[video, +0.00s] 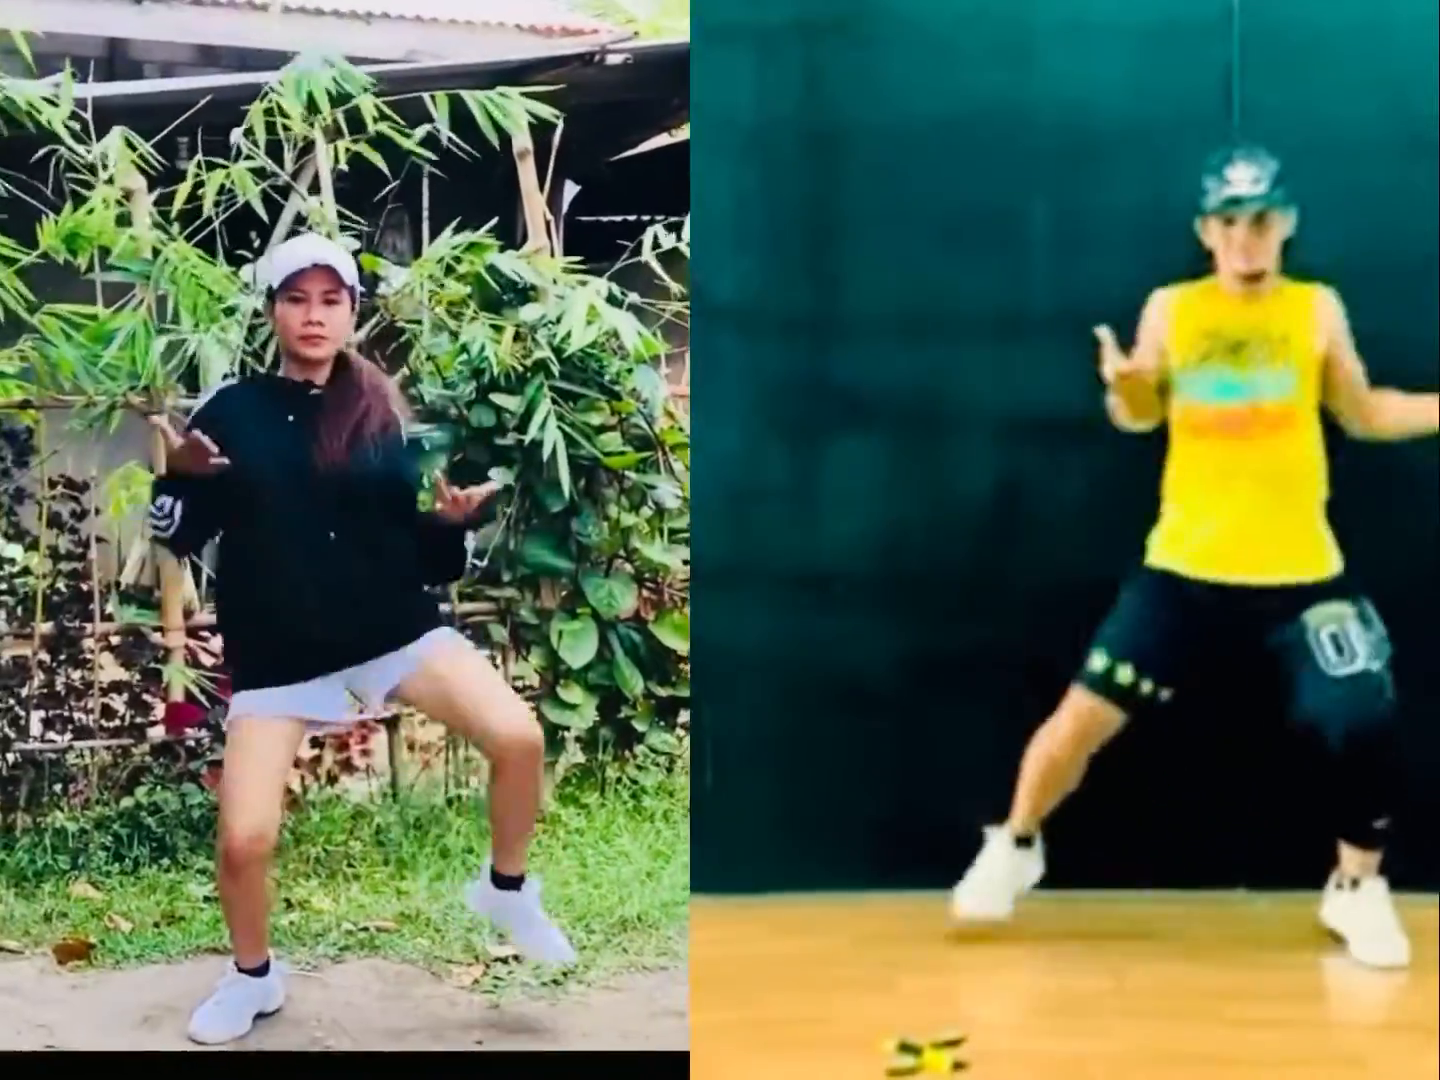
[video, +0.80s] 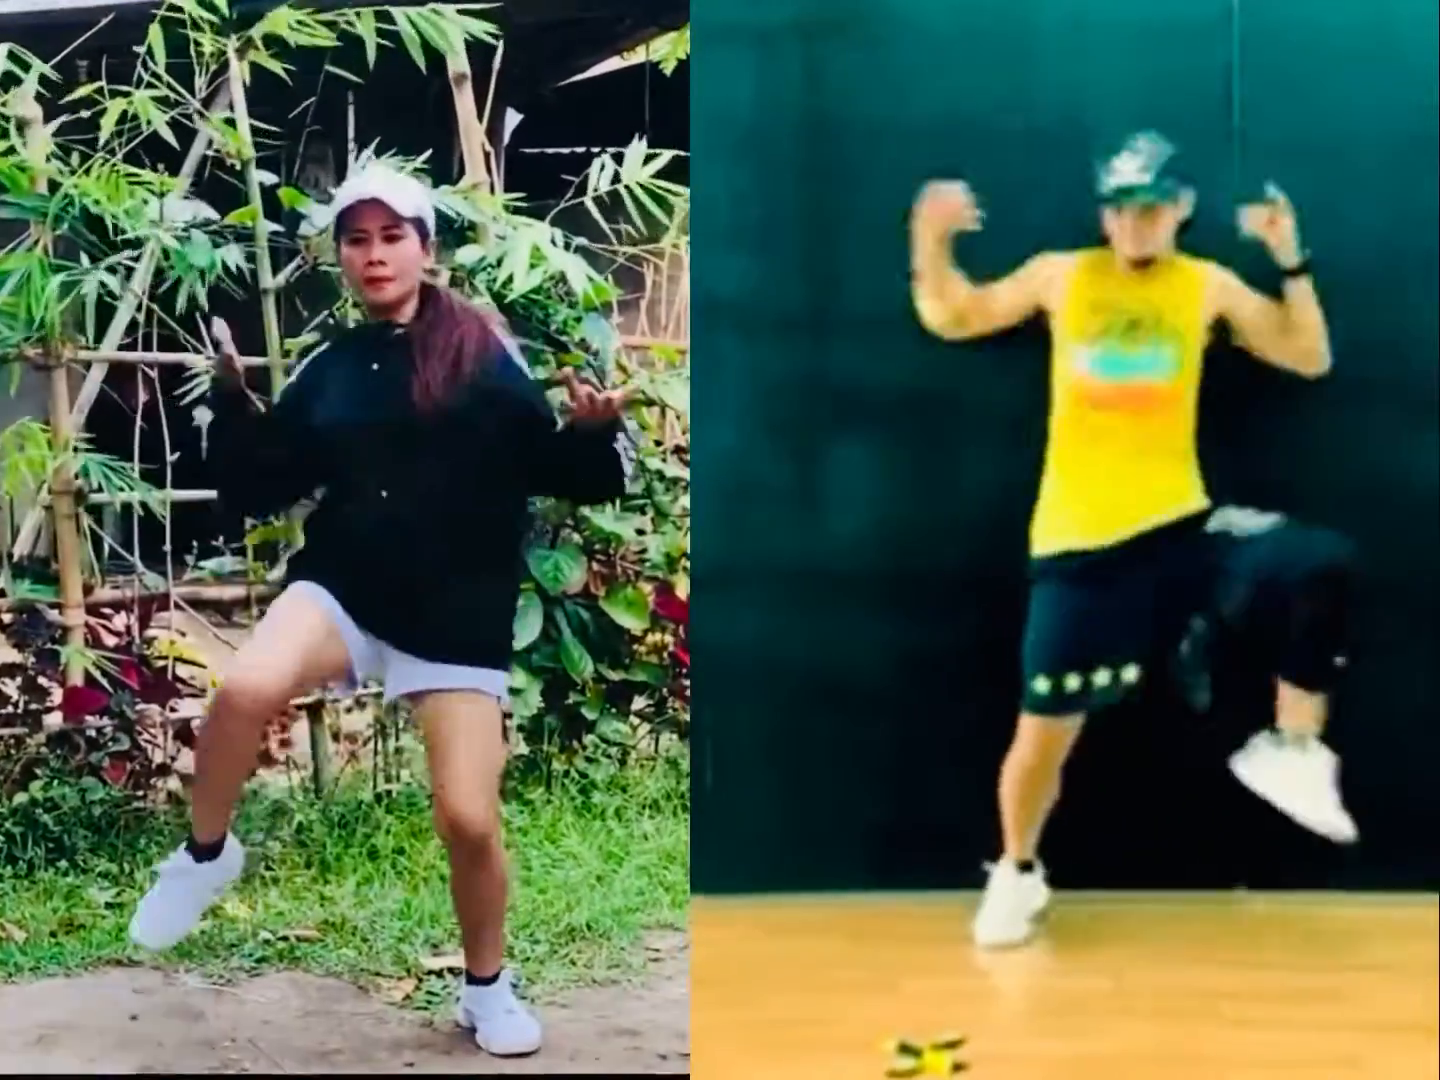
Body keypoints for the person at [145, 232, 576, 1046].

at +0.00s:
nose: (315, 315)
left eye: (332, 300)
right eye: (298, 299)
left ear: (354, 316)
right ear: (273, 312)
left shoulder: (378, 406)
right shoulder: (231, 412)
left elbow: (423, 555)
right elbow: (182, 538)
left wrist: (451, 517)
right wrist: (178, 480)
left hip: (392, 630)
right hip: (274, 656)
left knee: (519, 735)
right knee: (243, 841)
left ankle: (506, 889)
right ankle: (252, 975)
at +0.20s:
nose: (339, 323)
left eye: (354, 306)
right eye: (320, 308)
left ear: (379, 321)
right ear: (296, 328)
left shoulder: (424, 426)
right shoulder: (271, 434)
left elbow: (513, 545)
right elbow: (222, 548)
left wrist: (519, 462)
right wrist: (157, 591)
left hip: (427, 678)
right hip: (305, 682)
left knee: (497, 838)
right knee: (242, 854)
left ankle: (522, 978)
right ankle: (216, 986)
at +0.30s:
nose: (356, 301)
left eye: (371, 282)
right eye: (336, 287)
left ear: (399, 294)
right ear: (316, 308)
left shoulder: (466, 388)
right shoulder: (304, 418)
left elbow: (571, 460)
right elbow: (270, 529)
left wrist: (530, 390)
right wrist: (266, 559)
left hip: (438, 660)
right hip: (314, 660)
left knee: (502, 824)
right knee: (253, 833)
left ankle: (510, 981)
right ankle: (193, 981)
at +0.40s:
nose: (376, 264)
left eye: (391, 245)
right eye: (355, 251)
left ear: (420, 253)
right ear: (337, 269)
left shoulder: (482, 352)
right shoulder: (326, 375)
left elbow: (558, 473)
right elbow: (283, 510)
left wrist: (571, 443)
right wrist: (265, 437)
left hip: (465, 628)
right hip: (338, 616)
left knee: (492, 817)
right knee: (236, 766)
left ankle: (503, 982)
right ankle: (209, 942)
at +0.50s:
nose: (384, 250)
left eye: (400, 231)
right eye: (364, 237)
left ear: (430, 242)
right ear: (345, 256)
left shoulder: (483, 346)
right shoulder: (317, 363)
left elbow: (524, 491)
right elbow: (225, 455)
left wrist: (564, 498)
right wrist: (145, 392)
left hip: (477, 607)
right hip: (359, 591)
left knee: (479, 820)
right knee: (229, 695)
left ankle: (492, 985)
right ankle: (264, 854)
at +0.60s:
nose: (395, 266)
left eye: (412, 247)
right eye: (376, 252)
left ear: (445, 259)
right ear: (358, 273)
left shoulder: (498, 366)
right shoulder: (345, 382)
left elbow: (556, 512)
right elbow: (270, 512)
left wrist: (577, 458)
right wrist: (172, 513)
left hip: (480, 627)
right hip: (361, 599)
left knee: (492, 829)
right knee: (250, 675)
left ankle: (489, 984)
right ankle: (296, 782)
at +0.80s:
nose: (374, 255)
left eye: (393, 237)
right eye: (357, 240)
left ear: (427, 251)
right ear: (341, 259)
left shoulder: (479, 352)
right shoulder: (333, 366)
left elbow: (563, 475)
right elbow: (266, 484)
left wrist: (591, 434)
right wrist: (234, 398)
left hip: (460, 613)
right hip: (343, 588)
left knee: (469, 820)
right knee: (244, 689)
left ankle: (488, 986)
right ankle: (204, 857)